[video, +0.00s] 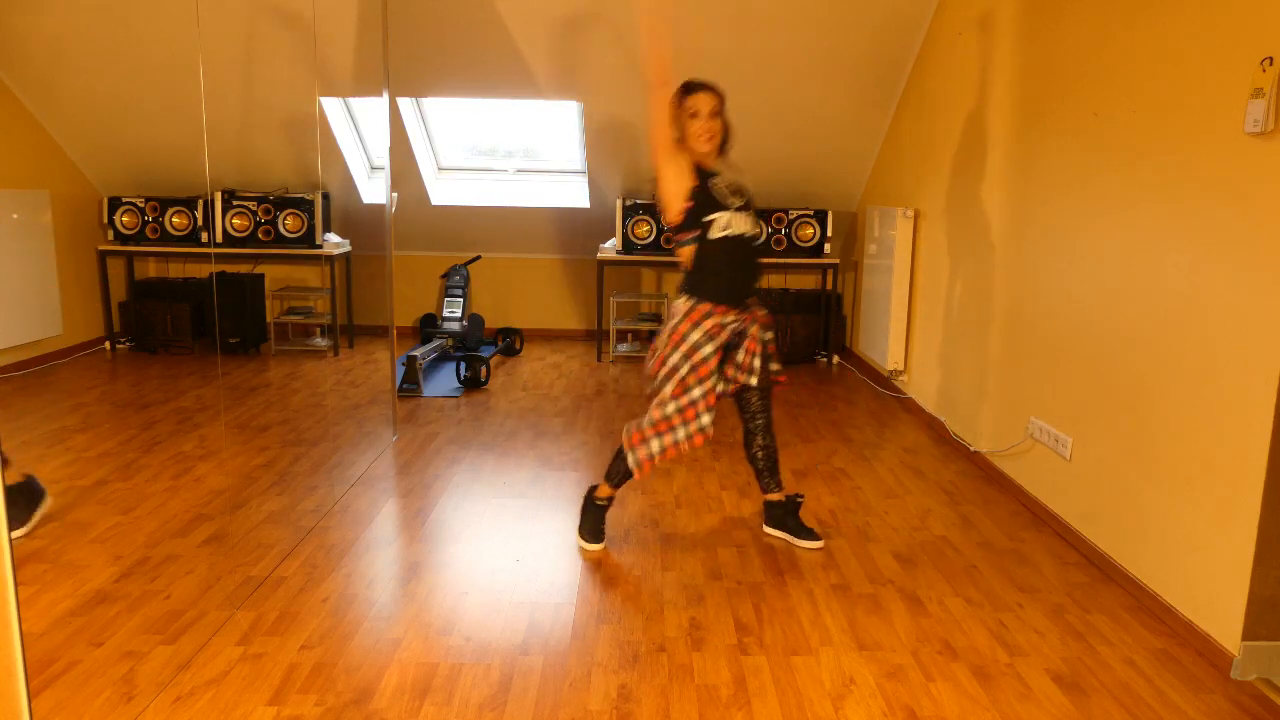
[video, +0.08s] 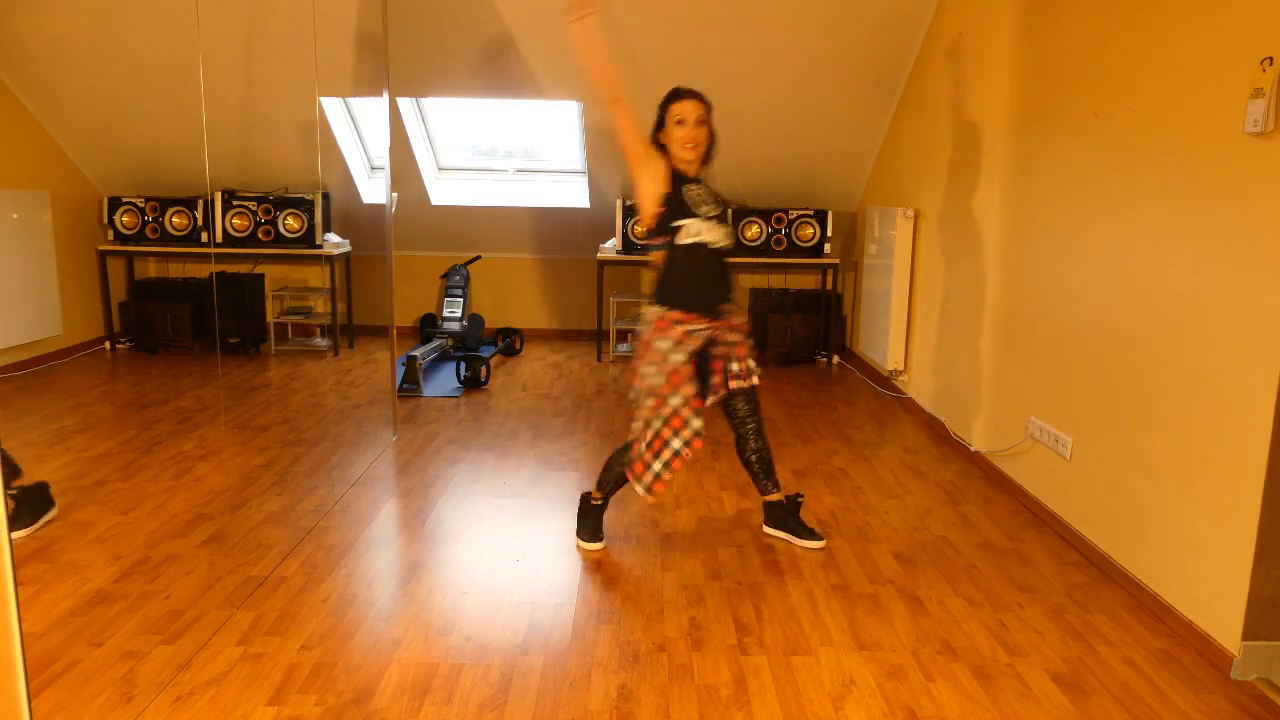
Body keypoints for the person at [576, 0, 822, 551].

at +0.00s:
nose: (707, 124)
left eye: (714, 115)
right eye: (696, 116)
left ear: (724, 123)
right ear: (676, 124)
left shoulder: (727, 181)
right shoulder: (678, 178)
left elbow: (726, 250)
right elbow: (660, 85)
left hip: (740, 317)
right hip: (696, 317)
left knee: (757, 414)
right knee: (672, 419)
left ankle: (777, 506)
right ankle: (599, 498)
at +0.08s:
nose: (691, 132)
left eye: (700, 123)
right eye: (680, 123)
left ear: (710, 133)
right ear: (661, 133)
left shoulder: (710, 195)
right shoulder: (654, 181)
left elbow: (708, 262)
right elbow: (615, 104)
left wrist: (725, 309)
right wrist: (584, 27)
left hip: (723, 323)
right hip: (672, 324)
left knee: (747, 414)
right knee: (650, 435)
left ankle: (776, 506)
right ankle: (595, 499)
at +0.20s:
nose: (673, 138)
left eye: (682, 129)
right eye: (662, 129)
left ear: (692, 138)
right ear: (645, 138)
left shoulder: (698, 204)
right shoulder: (626, 174)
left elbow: (688, 269)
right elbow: (567, 139)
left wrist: (685, 323)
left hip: (680, 328)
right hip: (629, 327)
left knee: (735, 411)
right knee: (628, 439)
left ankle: (739, 503)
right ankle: (590, 508)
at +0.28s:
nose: (664, 143)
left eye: (673, 134)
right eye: (653, 135)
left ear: (685, 143)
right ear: (637, 145)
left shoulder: (698, 210)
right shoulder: (615, 184)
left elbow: (688, 277)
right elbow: (557, 184)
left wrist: (678, 333)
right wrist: (490, 174)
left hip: (662, 335)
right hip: (607, 331)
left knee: (706, 416)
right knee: (612, 437)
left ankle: (672, 484)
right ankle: (590, 507)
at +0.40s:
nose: (654, 139)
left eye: (663, 130)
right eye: (643, 131)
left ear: (676, 141)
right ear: (628, 143)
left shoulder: (691, 210)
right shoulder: (608, 197)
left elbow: (686, 280)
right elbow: (558, 244)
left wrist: (680, 340)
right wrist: (505, 286)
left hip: (645, 337)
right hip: (591, 326)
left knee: (640, 433)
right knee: (596, 423)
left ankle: (613, 495)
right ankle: (588, 501)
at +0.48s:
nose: (646, 127)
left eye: (656, 120)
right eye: (636, 119)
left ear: (669, 135)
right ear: (622, 134)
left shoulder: (676, 197)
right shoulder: (603, 194)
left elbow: (671, 273)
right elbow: (573, 259)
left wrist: (664, 344)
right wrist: (542, 319)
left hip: (640, 330)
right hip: (585, 321)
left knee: (632, 437)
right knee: (585, 423)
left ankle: (614, 498)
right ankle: (585, 504)